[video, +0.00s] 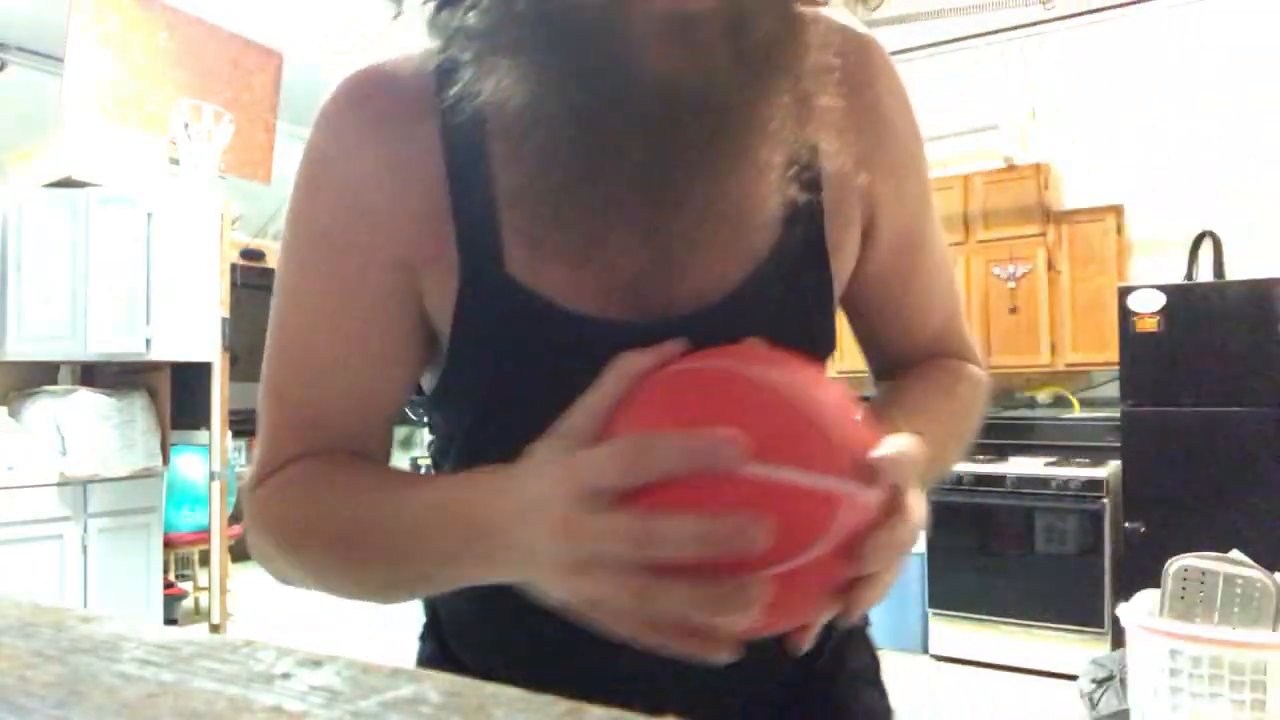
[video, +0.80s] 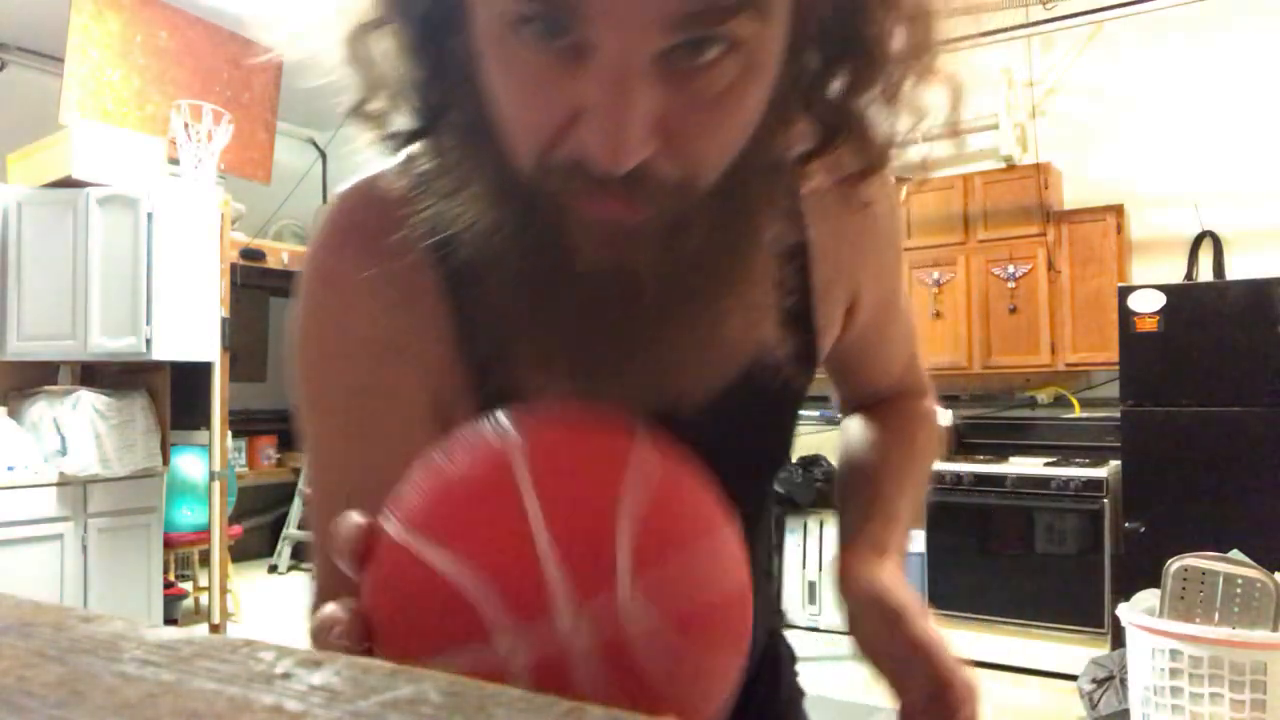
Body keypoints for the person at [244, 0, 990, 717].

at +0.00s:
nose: (697, 15)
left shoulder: (841, 86)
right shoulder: (393, 131)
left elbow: (938, 358)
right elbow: (291, 500)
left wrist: (905, 463)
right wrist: (506, 526)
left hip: (801, 680)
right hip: (519, 688)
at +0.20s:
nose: (771, 27)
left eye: (796, 16)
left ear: (814, 11)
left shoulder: (859, 91)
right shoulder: (468, 123)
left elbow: (941, 341)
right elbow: (344, 501)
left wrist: (923, 454)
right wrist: (621, 490)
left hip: (789, 673)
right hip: (525, 684)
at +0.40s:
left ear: (890, 7)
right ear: (643, 2)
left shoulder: (897, 125)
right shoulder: (528, 172)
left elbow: (965, 358)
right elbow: (445, 520)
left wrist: (962, 482)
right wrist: (637, 505)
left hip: (808, 680)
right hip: (564, 691)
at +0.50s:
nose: (781, 18)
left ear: (890, 6)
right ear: (631, 3)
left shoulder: (886, 130)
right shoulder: (516, 191)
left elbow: (956, 363)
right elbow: (470, 543)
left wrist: (946, 472)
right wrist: (598, 534)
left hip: (795, 660)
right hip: (566, 673)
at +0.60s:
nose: (741, 57)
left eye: (805, 8)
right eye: (688, 2)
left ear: (873, 14)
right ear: (584, 6)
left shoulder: (868, 140)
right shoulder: (485, 202)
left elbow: (929, 360)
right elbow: (448, 560)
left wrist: (927, 488)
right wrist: (498, 590)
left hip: (775, 666)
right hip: (549, 678)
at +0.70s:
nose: (681, 99)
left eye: (751, 19)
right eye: (622, 11)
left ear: (836, 16)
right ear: (516, 13)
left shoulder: (850, 167)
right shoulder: (434, 224)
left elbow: (910, 371)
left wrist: (906, 521)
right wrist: (442, 636)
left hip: (753, 684)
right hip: (525, 692)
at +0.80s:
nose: (618, 141)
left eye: (700, 51)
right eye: (551, 32)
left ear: (798, 36)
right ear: (456, 29)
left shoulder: (829, 194)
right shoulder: (385, 245)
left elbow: (892, 401)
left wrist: (872, 564)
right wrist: (382, 634)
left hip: (734, 686)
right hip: (497, 695)